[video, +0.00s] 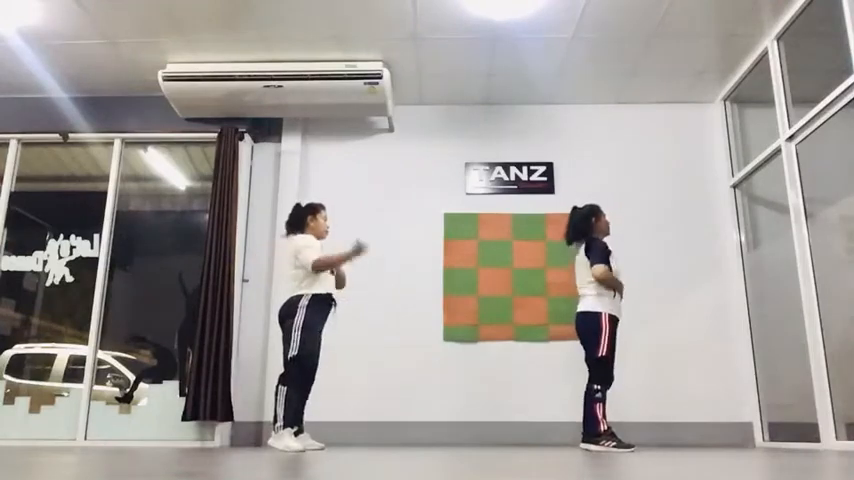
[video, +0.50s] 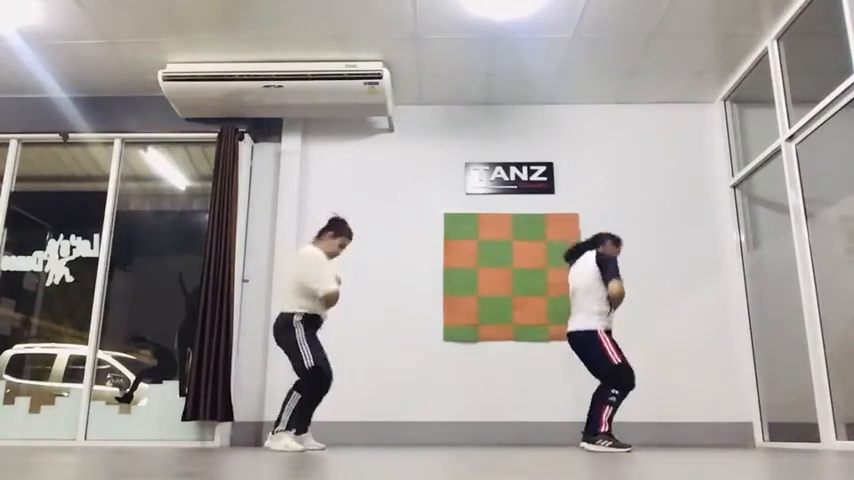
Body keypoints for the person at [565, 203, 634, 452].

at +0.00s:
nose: (608, 221)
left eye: (605, 216)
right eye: (604, 217)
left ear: (590, 223)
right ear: (595, 222)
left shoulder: (584, 247)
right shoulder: (597, 245)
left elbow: (589, 278)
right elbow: (600, 272)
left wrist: (609, 283)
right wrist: (617, 284)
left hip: (588, 312)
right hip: (600, 314)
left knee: (598, 375)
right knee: (601, 375)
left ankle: (593, 432)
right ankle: (597, 433)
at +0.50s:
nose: (617, 254)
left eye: (618, 250)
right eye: (616, 249)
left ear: (595, 244)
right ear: (605, 243)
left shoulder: (578, 263)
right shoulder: (604, 258)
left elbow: (579, 297)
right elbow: (616, 290)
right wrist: (611, 307)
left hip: (577, 330)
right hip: (593, 329)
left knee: (611, 379)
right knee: (623, 378)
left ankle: (592, 433)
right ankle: (599, 433)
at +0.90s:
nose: (598, 234)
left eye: (595, 230)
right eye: (593, 231)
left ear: (580, 238)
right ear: (583, 237)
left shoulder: (582, 263)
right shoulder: (583, 265)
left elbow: (598, 297)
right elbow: (601, 301)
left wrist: (605, 289)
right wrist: (613, 290)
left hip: (599, 325)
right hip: (596, 326)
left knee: (618, 379)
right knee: (619, 379)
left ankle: (595, 432)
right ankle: (597, 434)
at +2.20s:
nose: (629, 232)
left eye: (626, 228)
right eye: (625, 229)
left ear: (608, 234)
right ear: (616, 233)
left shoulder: (596, 252)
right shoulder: (613, 251)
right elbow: (618, 283)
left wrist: (629, 297)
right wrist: (642, 299)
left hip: (579, 320)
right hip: (586, 321)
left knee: (609, 373)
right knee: (613, 373)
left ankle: (598, 432)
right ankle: (599, 434)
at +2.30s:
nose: (640, 246)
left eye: (637, 242)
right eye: (635, 242)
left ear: (618, 247)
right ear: (624, 246)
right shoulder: (618, 261)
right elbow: (623, 295)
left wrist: (624, 331)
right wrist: (645, 324)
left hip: (575, 322)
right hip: (577, 323)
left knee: (606, 376)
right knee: (610, 375)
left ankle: (599, 434)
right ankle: (599, 435)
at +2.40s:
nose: (643, 254)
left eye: (642, 249)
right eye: (639, 249)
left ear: (625, 249)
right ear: (626, 249)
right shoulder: (611, 262)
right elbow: (614, 284)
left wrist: (635, 340)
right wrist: (642, 314)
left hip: (583, 325)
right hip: (570, 321)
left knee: (614, 376)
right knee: (599, 371)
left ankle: (601, 432)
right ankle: (593, 434)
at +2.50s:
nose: (635, 256)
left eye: (637, 251)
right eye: (630, 250)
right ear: (614, 251)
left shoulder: (615, 287)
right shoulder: (597, 266)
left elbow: (618, 327)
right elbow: (599, 257)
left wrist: (655, 329)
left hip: (591, 334)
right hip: (568, 326)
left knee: (625, 370)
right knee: (591, 373)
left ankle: (607, 428)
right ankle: (577, 435)